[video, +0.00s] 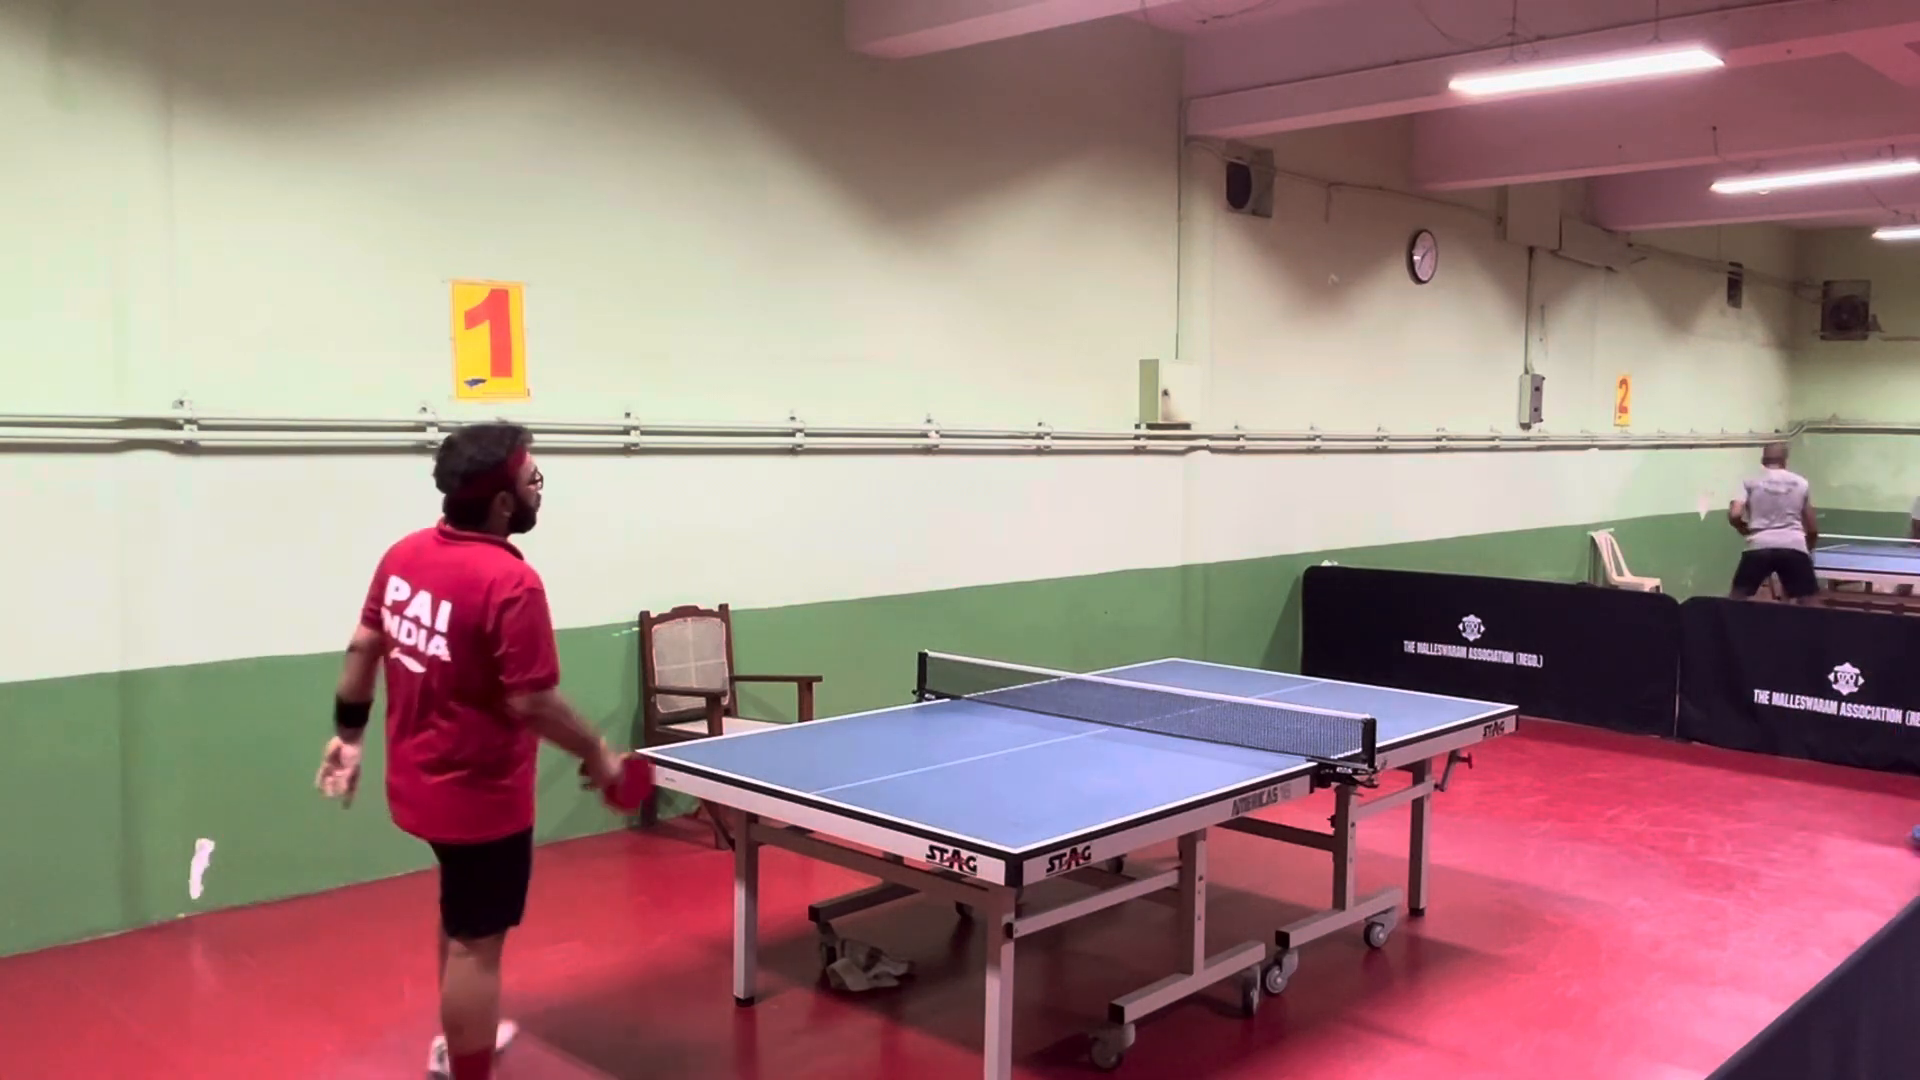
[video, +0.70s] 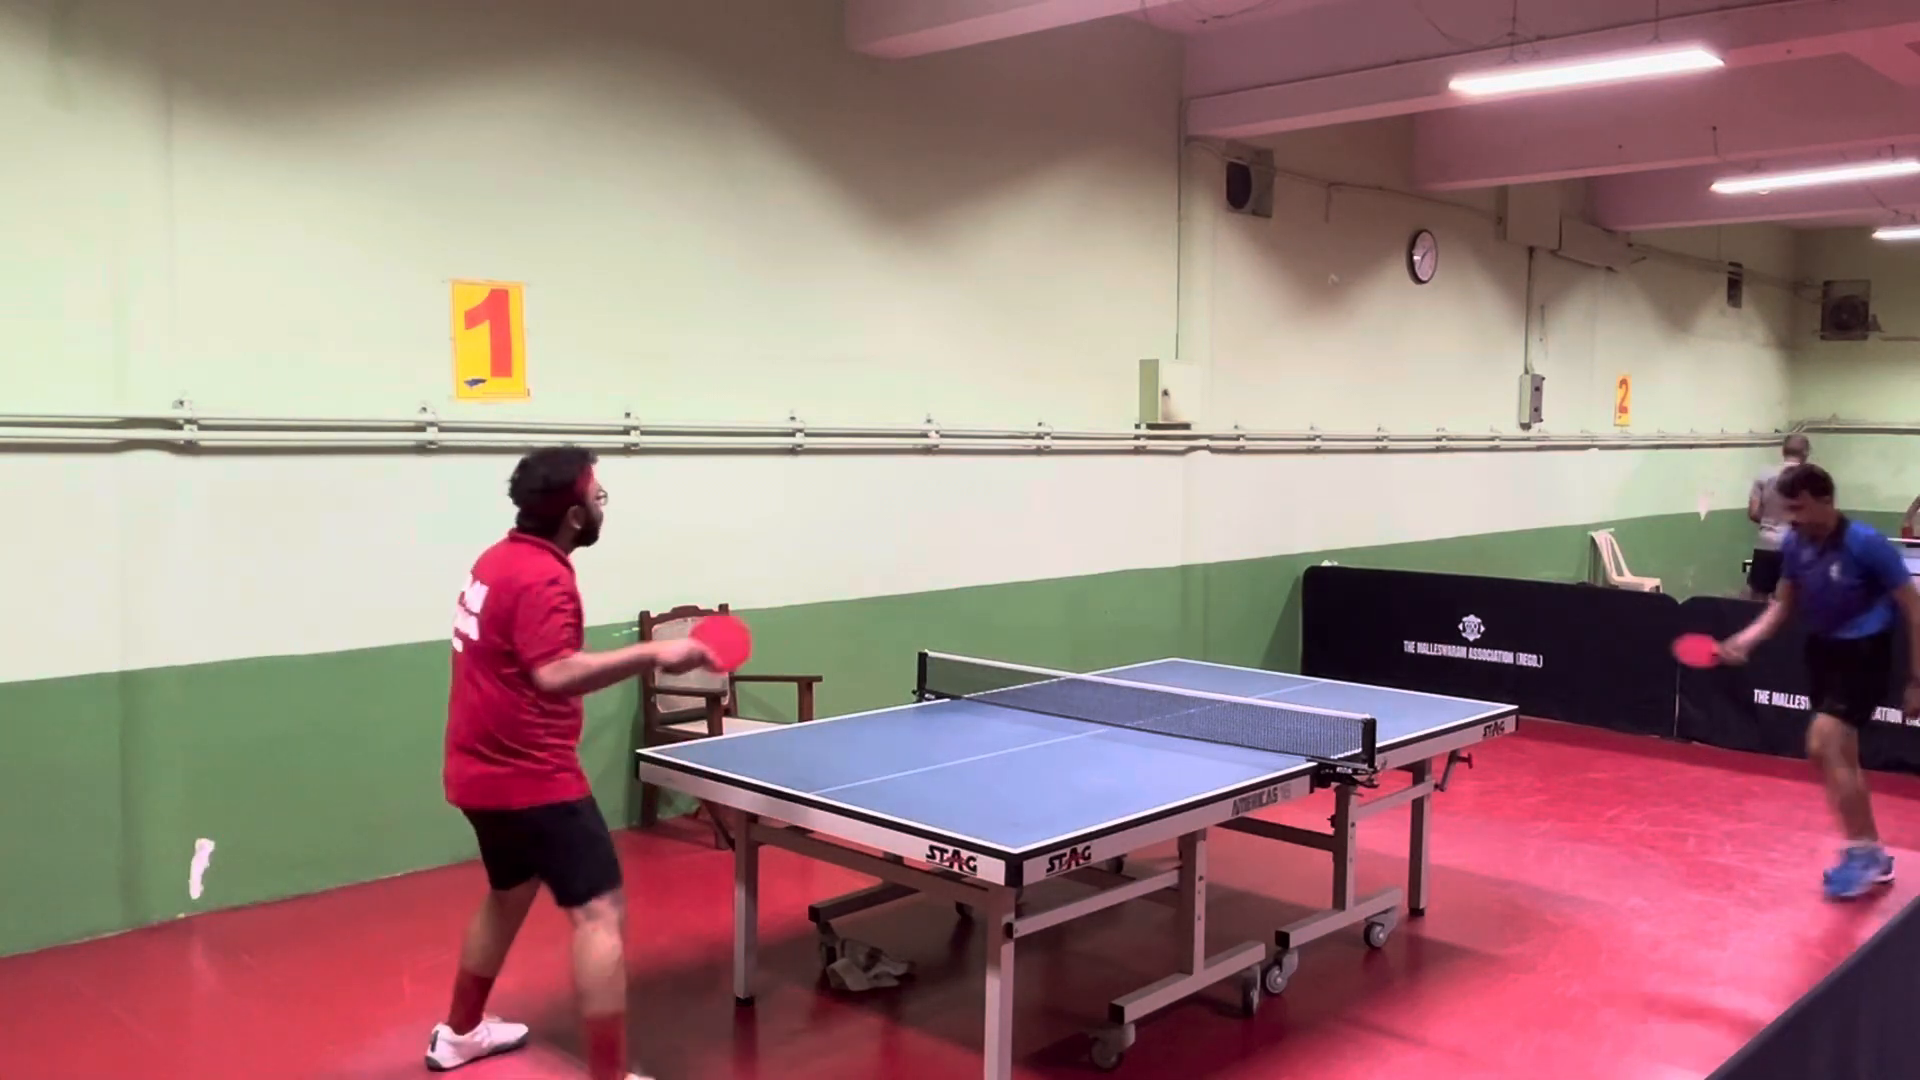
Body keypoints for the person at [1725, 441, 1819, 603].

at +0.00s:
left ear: (1763, 462)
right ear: (1785, 461)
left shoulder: (1750, 484)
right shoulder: (1801, 484)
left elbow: (1734, 516)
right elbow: (1812, 529)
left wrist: (1747, 532)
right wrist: (1806, 550)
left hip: (1758, 547)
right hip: (1794, 547)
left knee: (1735, 602)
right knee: (1810, 605)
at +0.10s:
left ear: (1774, 460)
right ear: (1797, 460)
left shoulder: (1759, 481)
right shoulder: (1811, 484)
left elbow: (1744, 514)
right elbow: (1823, 526)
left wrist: (1755, 525)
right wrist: (1819, 552)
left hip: (1764, 548)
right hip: (1801, 549)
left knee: (1742, 600)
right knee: (1815, 605)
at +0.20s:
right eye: (1808, 458)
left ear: (1787, 457)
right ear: (1809, 459)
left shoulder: (1770, 480)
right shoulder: (1822, 484)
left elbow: (1754, 512)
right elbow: (1832, 528)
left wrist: (1769, 525)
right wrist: (1828, 554)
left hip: (1772, 547)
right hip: (1807, 549)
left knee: (1747, 600)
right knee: (1821, 604)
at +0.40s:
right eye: (1819, 455)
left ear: (1799, 453)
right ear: (1821, 455)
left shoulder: (1779, 473)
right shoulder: (1833, 480)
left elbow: (1764, 509)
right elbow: (1842, 523)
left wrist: (1780, 521)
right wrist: (1834, 546)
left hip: (1779, 546)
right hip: (1815, 547)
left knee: (1757, 598)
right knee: (1824, 605)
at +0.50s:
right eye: (1819, 454)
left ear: (1798, 452)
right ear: (1820, 454)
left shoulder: (1779, 473)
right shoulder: (1832, 480)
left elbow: (1763, 508)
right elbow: (1838, 514)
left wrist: (1778, 521)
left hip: (1778, 545)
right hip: (1813, 547)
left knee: (1762, 598)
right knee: (1822, 604)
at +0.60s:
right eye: (1814, 453)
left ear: (1791, 452)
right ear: (1813, 454)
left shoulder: (1773, 473)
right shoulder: (1823, 478)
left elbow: (1759, 510)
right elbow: (1829, 513)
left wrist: (1774, 521)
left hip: (1774, 545)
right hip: (1807, 547)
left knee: (1762, 598)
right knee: (1810, 601)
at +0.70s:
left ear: (1783, 451)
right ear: (1806, 453)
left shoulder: (1766, 475)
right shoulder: (1811, 479)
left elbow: (1754, 512)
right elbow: (1817, 514)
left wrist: (1770, 521)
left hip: (1768, 542)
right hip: (1798, 545)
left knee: (1758, 597)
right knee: (1791, 599)